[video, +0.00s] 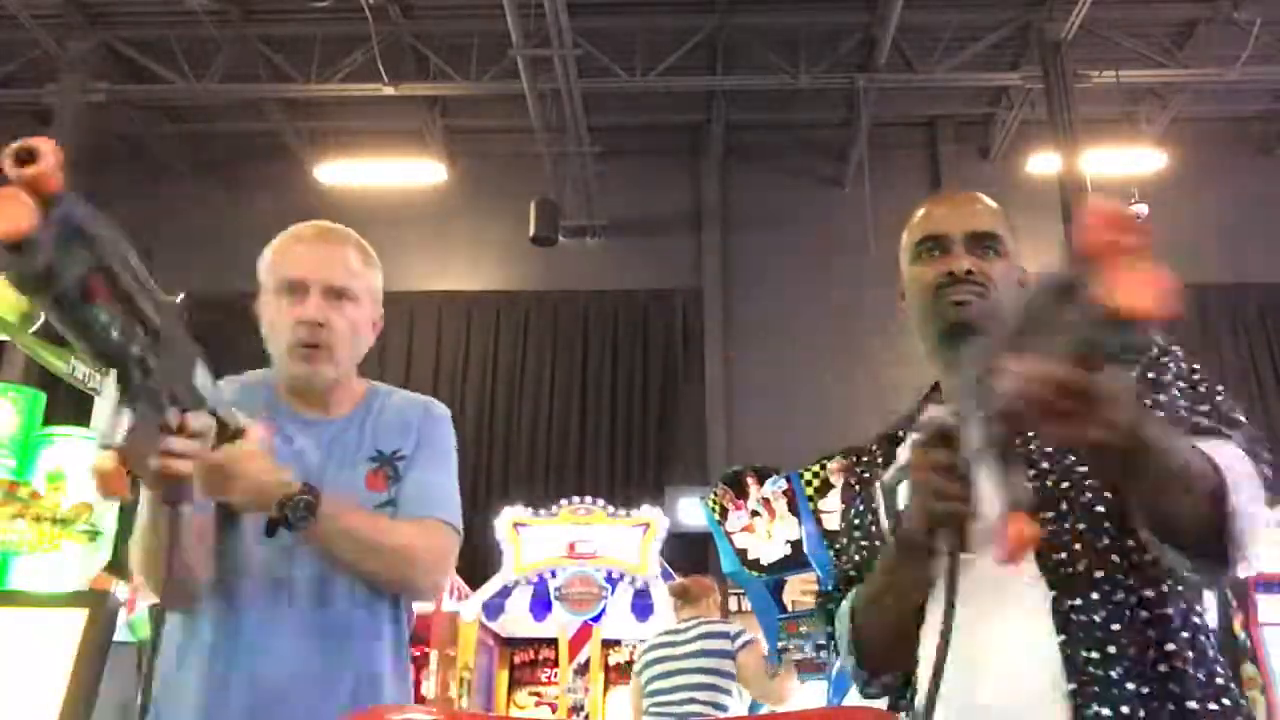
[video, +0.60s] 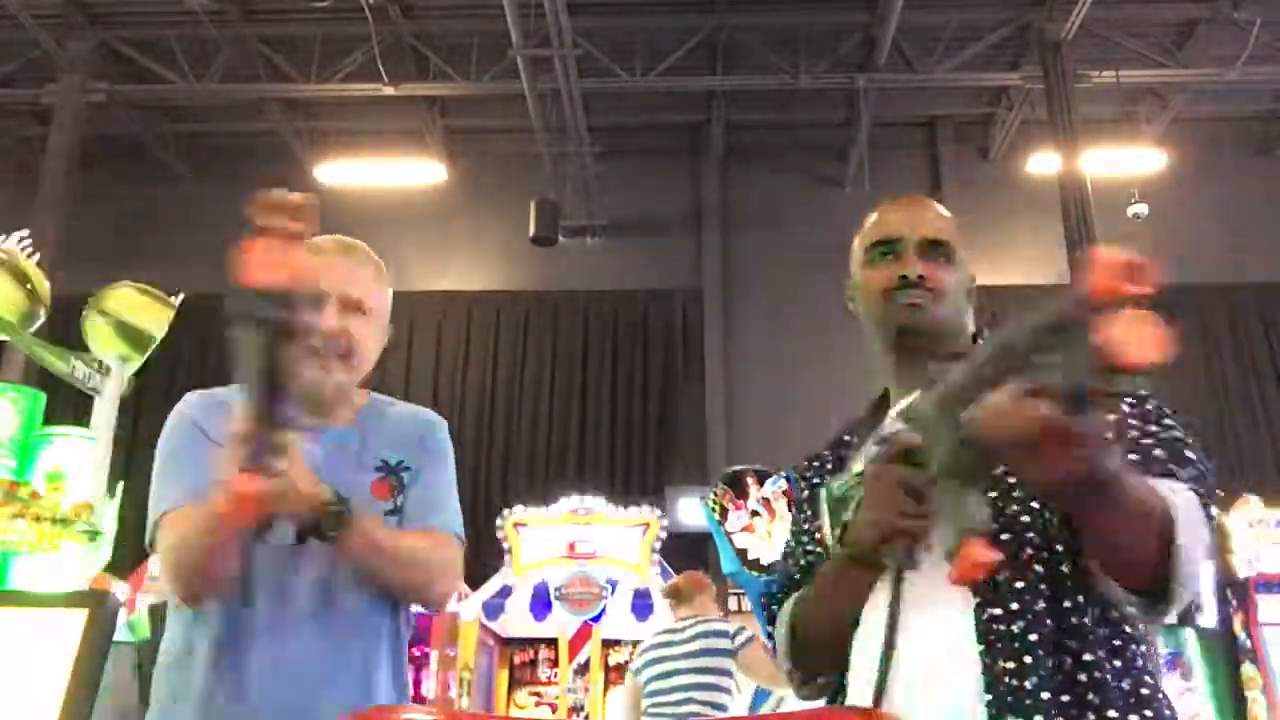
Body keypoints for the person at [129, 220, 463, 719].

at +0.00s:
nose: (312, 314)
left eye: (338, 296)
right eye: (292, 292)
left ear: (374, 323)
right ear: (260, 310)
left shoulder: (419, 422)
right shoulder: (206, 410)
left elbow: (427, 569)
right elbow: (175, 590)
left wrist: (281, 496)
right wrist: (165, 489)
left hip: (354, 708)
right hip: (208, 707)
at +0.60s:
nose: (328, 325)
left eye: (355, 308)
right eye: (310, 302)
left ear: (384, 335)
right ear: (274, 314)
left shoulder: (418, 435)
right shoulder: (202, 419)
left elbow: (439, 580)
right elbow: (186, 577)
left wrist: (325, 513)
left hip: (357, 709)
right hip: (208, 707)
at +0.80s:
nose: (332, 326)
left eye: (356, 313)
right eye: (311, 306)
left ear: (385, 339)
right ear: (273, 324)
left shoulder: (417, 438)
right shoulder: (210, 420)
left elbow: (448, 583)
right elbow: (205, 587)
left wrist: (351, 530)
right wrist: (264, 538)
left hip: (367, 709)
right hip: (217, 709)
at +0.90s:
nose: (306, 324)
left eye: (330, 308)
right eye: (285, 302)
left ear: (367, 330)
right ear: (254, 316)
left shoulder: (405, 426)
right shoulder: (189, 414)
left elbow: (427, 567)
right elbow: (155, 566)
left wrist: (294, 508)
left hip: (349, 706)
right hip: (196, 707)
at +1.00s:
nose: (284, 320)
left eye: (310, 302)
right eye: (265, 296)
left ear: (351, 323)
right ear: (236, 310)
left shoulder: (397, 418)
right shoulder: (182, 417)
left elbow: (415, 566)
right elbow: (139, 584)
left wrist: (296, 490)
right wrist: (137, 488)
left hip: (343, 707)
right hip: (193, 707)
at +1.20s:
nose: (277, 329)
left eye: (304, 308)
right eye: (257, 306)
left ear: (351, 322)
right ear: (233, 314)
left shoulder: (395, 424)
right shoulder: (196, 411)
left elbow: (332, 571)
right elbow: (128, 590)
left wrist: (223, 536)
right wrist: (150, 501)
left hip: (336, 710)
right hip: (184, 708)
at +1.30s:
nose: (279, 344)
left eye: (303, 319)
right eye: (258, 321)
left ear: (353, 328)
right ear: (237, 330)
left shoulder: (405, 428)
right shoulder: (201, 419)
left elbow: (353, 573)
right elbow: (133, 569)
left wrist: (252, 570)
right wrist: (167, 477)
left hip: (345, 710)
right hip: (195, 709)